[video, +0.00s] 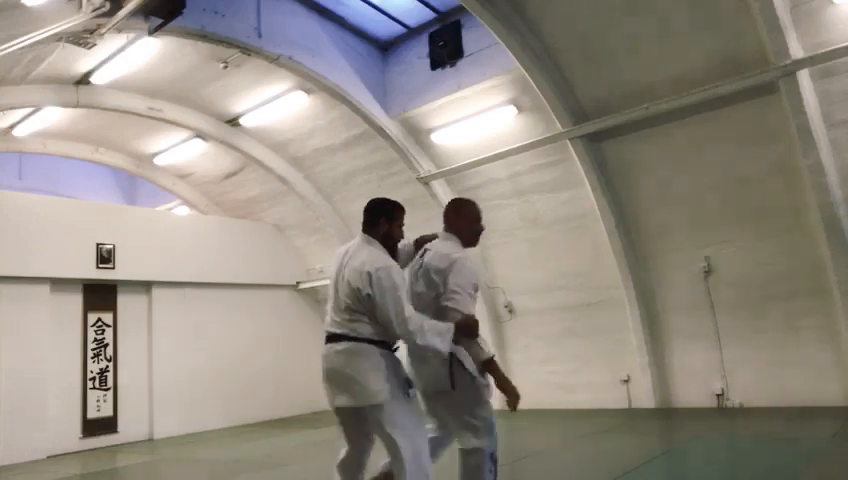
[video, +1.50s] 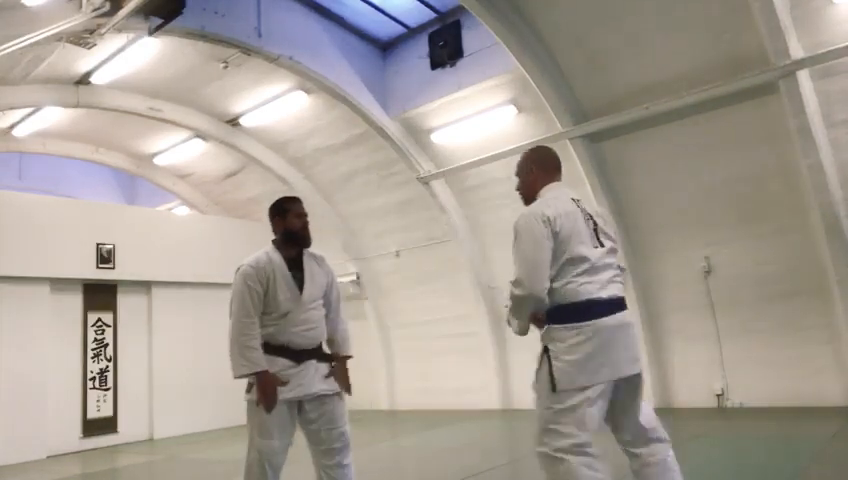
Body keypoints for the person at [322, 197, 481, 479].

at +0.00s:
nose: (403, 233)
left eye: (403, 226)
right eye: (400, 226)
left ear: (370, 225)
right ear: (382, 225)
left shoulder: (348, 252)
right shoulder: (381, 265)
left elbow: (387, 260)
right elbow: (404, 323)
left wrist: (416, 246)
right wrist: (453, 330)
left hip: (335, 357)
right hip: (368, 360)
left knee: (358, 443)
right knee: (409, 442)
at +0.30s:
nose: (384, 224)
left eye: (383, 217)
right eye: (378, 217)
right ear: (356, 218)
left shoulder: (376, 256)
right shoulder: (337, 259)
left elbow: (418, 257)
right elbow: (351, 306)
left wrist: (452, 240)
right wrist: (400, 303)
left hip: (358, 356)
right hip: (340, 357)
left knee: (364, 447)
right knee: (374, 446)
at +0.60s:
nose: (363, 218)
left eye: (364, 212)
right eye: (356, 213)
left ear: (362, 215)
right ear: (335, 216)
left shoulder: (371, 259)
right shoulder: (313, 256)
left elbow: (396, 296)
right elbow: (314, 303)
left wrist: (429, 300)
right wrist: (369, 310)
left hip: (354, 363)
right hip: (314, 364)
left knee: (359, 443)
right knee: (319, 442)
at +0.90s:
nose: (335, 220)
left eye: (336, 214)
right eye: (327, 214)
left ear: (337, 219)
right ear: (308, 221)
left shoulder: (349, 265)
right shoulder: (292, 261)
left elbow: (361, 316)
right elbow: (291, 308)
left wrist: (360, 362)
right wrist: (336, 339)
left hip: (342, 368)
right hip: (300, 369)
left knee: (358, 445)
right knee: (281, 450)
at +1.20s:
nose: (312, 222)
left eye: (311, 217)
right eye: (304, 217)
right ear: (282, 222)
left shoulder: (322, 266)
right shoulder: (260, 270)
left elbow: (339, 313)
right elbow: (250, 328)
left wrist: (353, 355)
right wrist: (268, 374)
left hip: (318, 369)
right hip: (274, 372)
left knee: (342, 444)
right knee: (269, 456)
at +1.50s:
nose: (307, 222)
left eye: (306, 217)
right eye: (299, 217)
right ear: (277, 223)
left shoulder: (320, 265)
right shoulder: (254, 270)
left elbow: (334, 315)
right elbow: (244, 327)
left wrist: (341, 359)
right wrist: (261, 373)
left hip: (319, 370)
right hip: (274, 374)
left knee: (336, 453)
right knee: (266, 459)